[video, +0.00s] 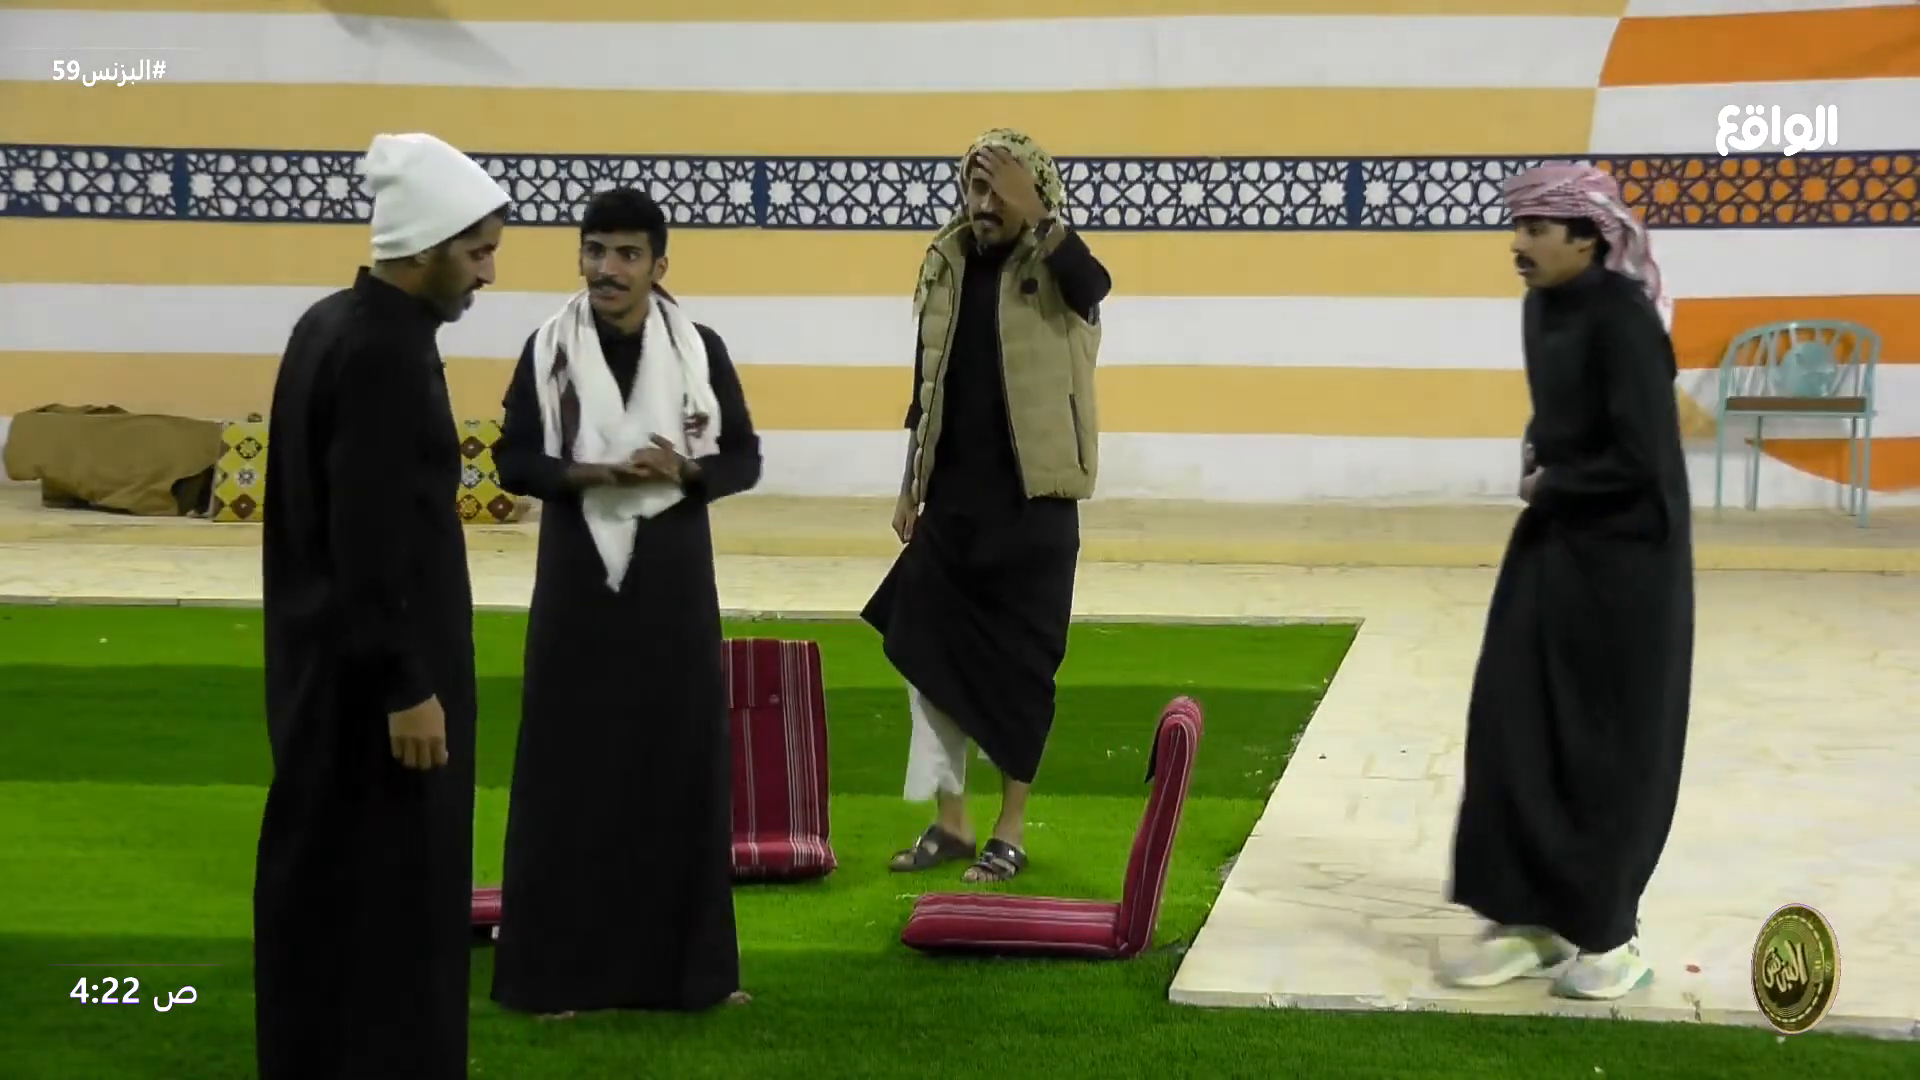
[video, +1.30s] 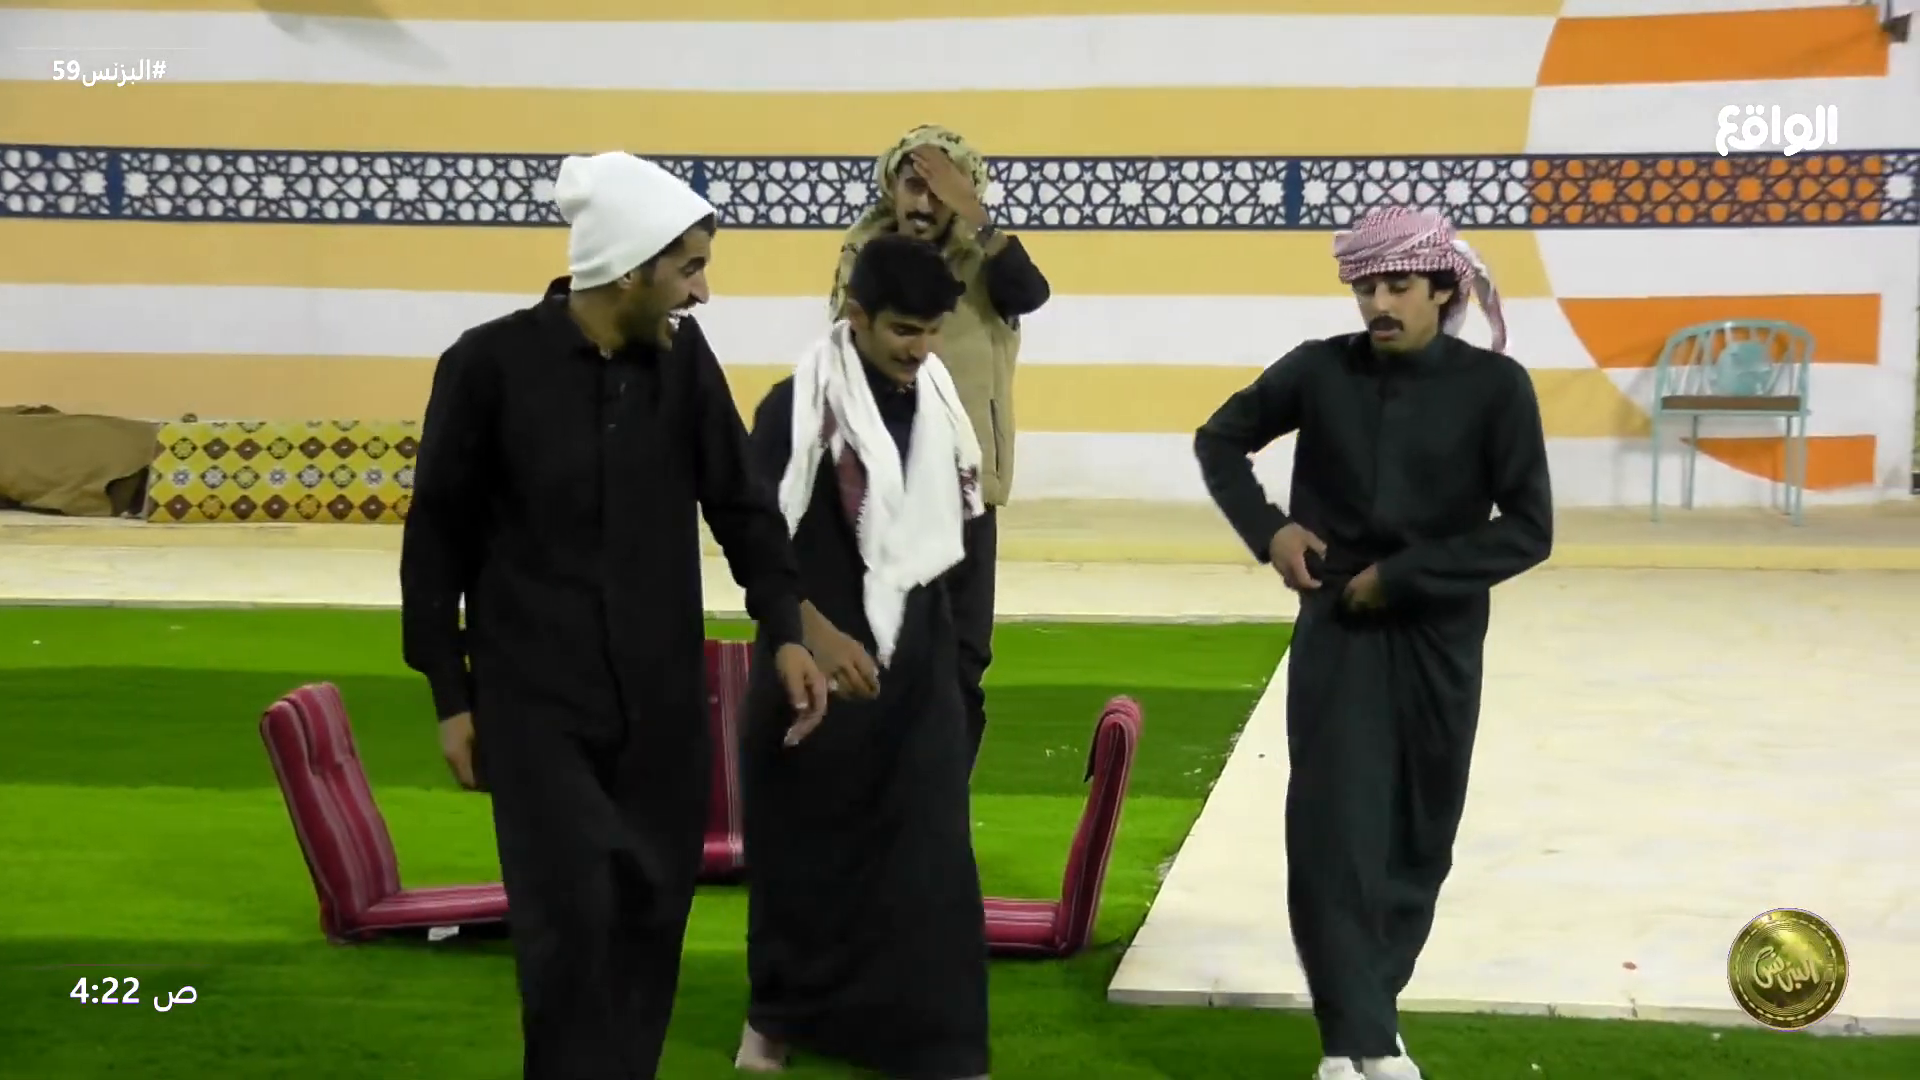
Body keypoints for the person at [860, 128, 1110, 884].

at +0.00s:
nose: (980, 201)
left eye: (995, 188)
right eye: (973, 187)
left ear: (1035, 195)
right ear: (963, 192)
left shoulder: (1061, 260)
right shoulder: (944, 266)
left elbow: (1089, 289)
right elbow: (926, 388)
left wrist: (1039, 215)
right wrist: (910, 488)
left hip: (1036, 494)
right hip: (953, 492)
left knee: (1024, 658)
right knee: (929, 646)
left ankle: (1009, 833)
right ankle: (951, 823)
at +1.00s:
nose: (957, 195)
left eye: (973, 184)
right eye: (945, 181)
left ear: (1000, 195)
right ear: (924, 189)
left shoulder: (1029, 264)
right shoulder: (891, 263)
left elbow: (1086, 332)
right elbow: (845, 354)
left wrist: (1007, 270)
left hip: (994, 497)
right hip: (900, 491)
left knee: (991, 662)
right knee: (900, 658)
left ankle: (979, 829)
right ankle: (913, 825)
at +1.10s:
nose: (944, 195)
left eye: (962, 183)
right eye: (934, 179)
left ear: (992, 197)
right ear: (914, 189)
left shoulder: (1016, 266)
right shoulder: (884, 263)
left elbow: (1067, 322)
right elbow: (839, 349)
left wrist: (994, 248)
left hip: (984, 497)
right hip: (889, 489)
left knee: (980, 663)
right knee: (885, 652)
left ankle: (969, 828)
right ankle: (886, 820)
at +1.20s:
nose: (930, 202)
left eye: (946, 189)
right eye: (917, 187)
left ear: (976, 195)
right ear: (898, 192)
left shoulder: (1000, 261)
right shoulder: (880, 257)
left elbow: (1038, 298)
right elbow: (858, 291)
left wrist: (982, 215)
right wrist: (903, 221)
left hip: (976, 495)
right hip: (887, 492)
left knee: (969, 663)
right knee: (891, 653)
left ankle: (955, 814)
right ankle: (882, 816)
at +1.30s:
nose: (925, 203)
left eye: (940, 190)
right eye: (911, 186)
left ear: (968, 198)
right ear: (888, 191)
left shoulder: (990, 257)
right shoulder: (868, 250)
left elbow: (1028, 296)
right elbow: (849, 339)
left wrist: (973, 210)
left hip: (967, 485)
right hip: (878, 478)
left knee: (963, 651)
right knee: (884, 641)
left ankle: (945, 800)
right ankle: (876, 800)